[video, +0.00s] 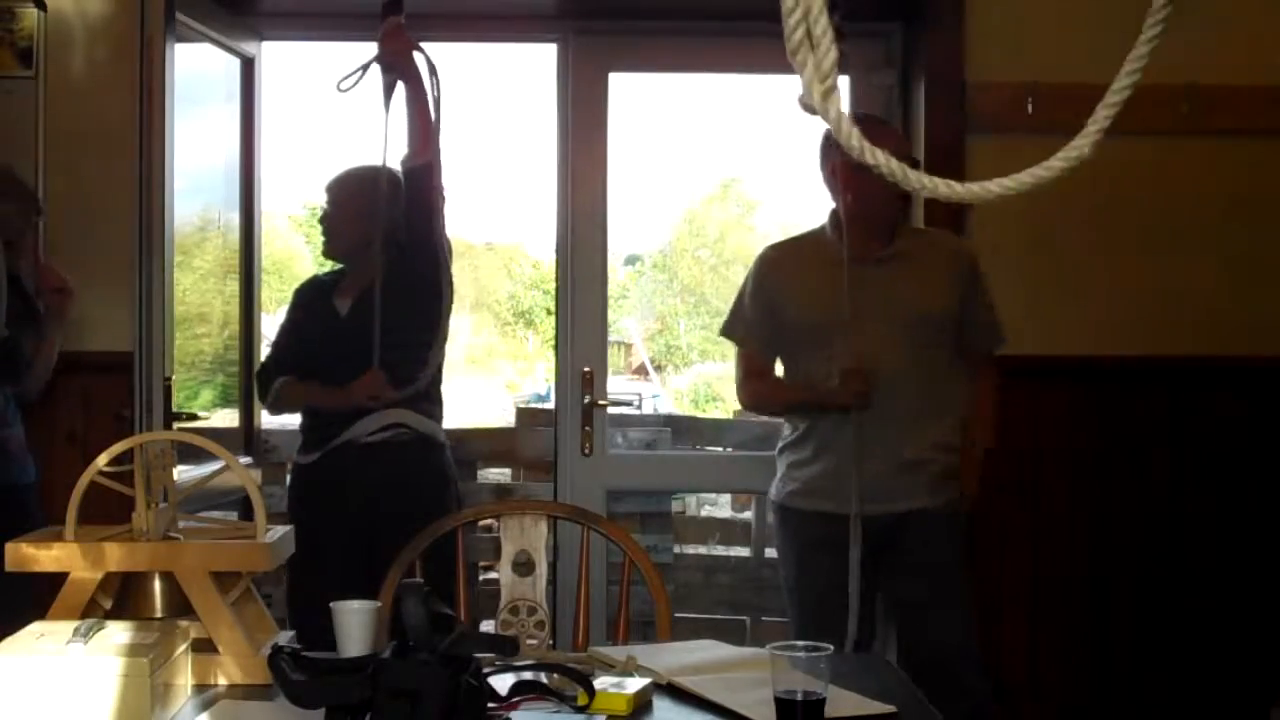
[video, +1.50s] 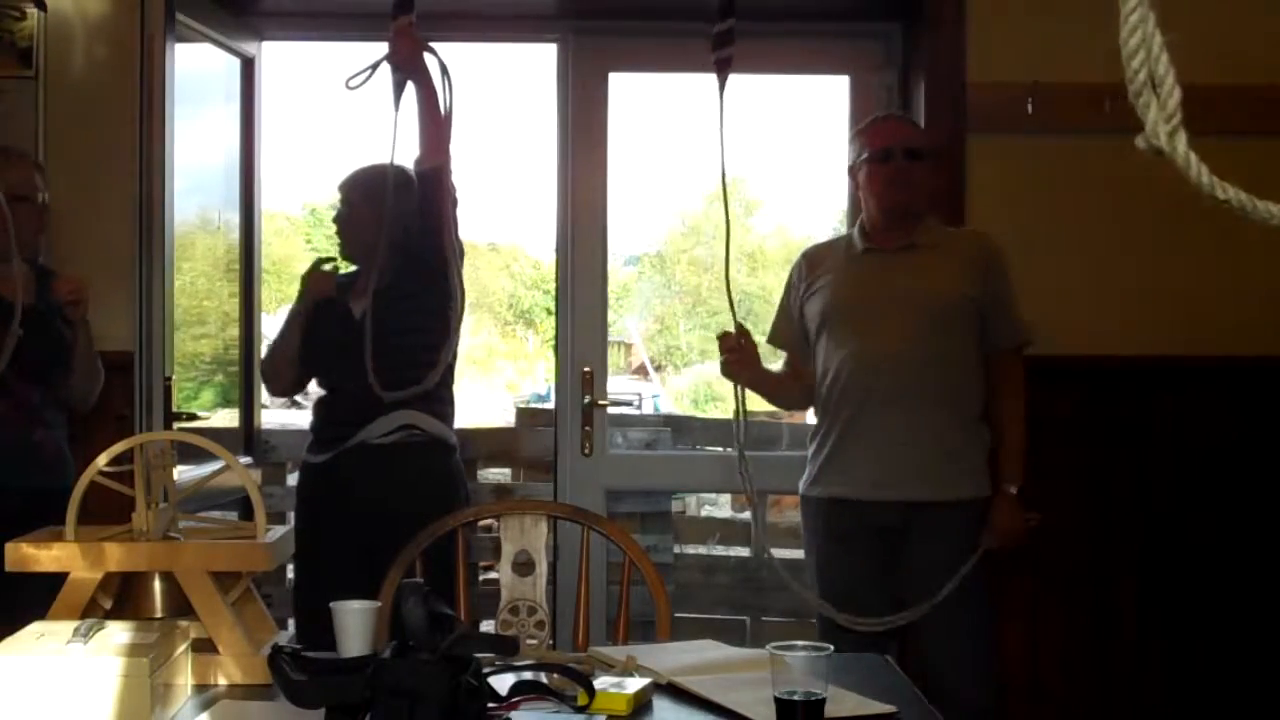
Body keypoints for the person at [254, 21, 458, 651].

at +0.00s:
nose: (323, 218)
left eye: (336, 207)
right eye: (326, 207)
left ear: (380, 215)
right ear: (348, 217)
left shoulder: (416, 283)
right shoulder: (312, 297)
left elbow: (423, 170)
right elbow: (275, 389)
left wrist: (409, 75)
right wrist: (348, 395)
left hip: (406, 474)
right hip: (322, 478)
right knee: (319, 626)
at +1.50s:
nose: (336, 216)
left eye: (349, 204)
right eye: (339, 205)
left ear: (390, 212)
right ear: (358, 214)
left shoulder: (428, 279)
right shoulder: (328, 297)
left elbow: (435, 162)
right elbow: (279, 383)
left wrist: (418, 72)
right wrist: (305, 302)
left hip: (415, 463)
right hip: (333, 465)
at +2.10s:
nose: (359, 223)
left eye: (374, 210)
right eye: (352, 210)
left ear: (406, 218)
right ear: (342, 219)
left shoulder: (432, 278)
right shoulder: (330, 296)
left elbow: (436, 168)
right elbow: (285, 359)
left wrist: (417, 75)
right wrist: (326, 262)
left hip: (418, 462)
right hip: (335, 466)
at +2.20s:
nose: (360, 223)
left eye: (374, 211)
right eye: (352, 212)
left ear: (406, 219)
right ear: (342, 220)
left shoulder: (432, 278)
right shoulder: (332, 296)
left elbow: (435, 170)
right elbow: (288, 360)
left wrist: (415, 76)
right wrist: (328, 263)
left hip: (419, 455)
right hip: (338, 460)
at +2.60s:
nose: (368, 224)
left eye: (381, 210)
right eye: (362, 214)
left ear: (418, 217)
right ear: (358, 226)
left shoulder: (445, 281)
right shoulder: (346, 300)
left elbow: (440, 169)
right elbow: (292, 355)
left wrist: (418, 78)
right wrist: (327, 268)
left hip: (433, 467)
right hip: (352, 471)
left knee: (434, 627)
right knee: (336, 633)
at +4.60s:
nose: (422, 200)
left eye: (433, 193)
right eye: (408, 194)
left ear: (452, 214)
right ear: (390, 217)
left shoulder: (464, 278)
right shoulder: (366, 274)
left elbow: (463, 173)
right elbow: (329, 189)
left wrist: (436, 82)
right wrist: (368, 102)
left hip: (442, 464)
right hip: (356, 465)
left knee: (452, 633)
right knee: (355, 638)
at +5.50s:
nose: (434, 204)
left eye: (446, 194)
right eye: (420, 194)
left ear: (461, 211)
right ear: (397, 211)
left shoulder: (469, 272)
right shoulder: (369, 265)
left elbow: (468, 169)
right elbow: (330, 180)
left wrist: (431, 78)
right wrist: (365, 84)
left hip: (442, 460)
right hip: (356, 458)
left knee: (452, 627)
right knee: (352, 631)